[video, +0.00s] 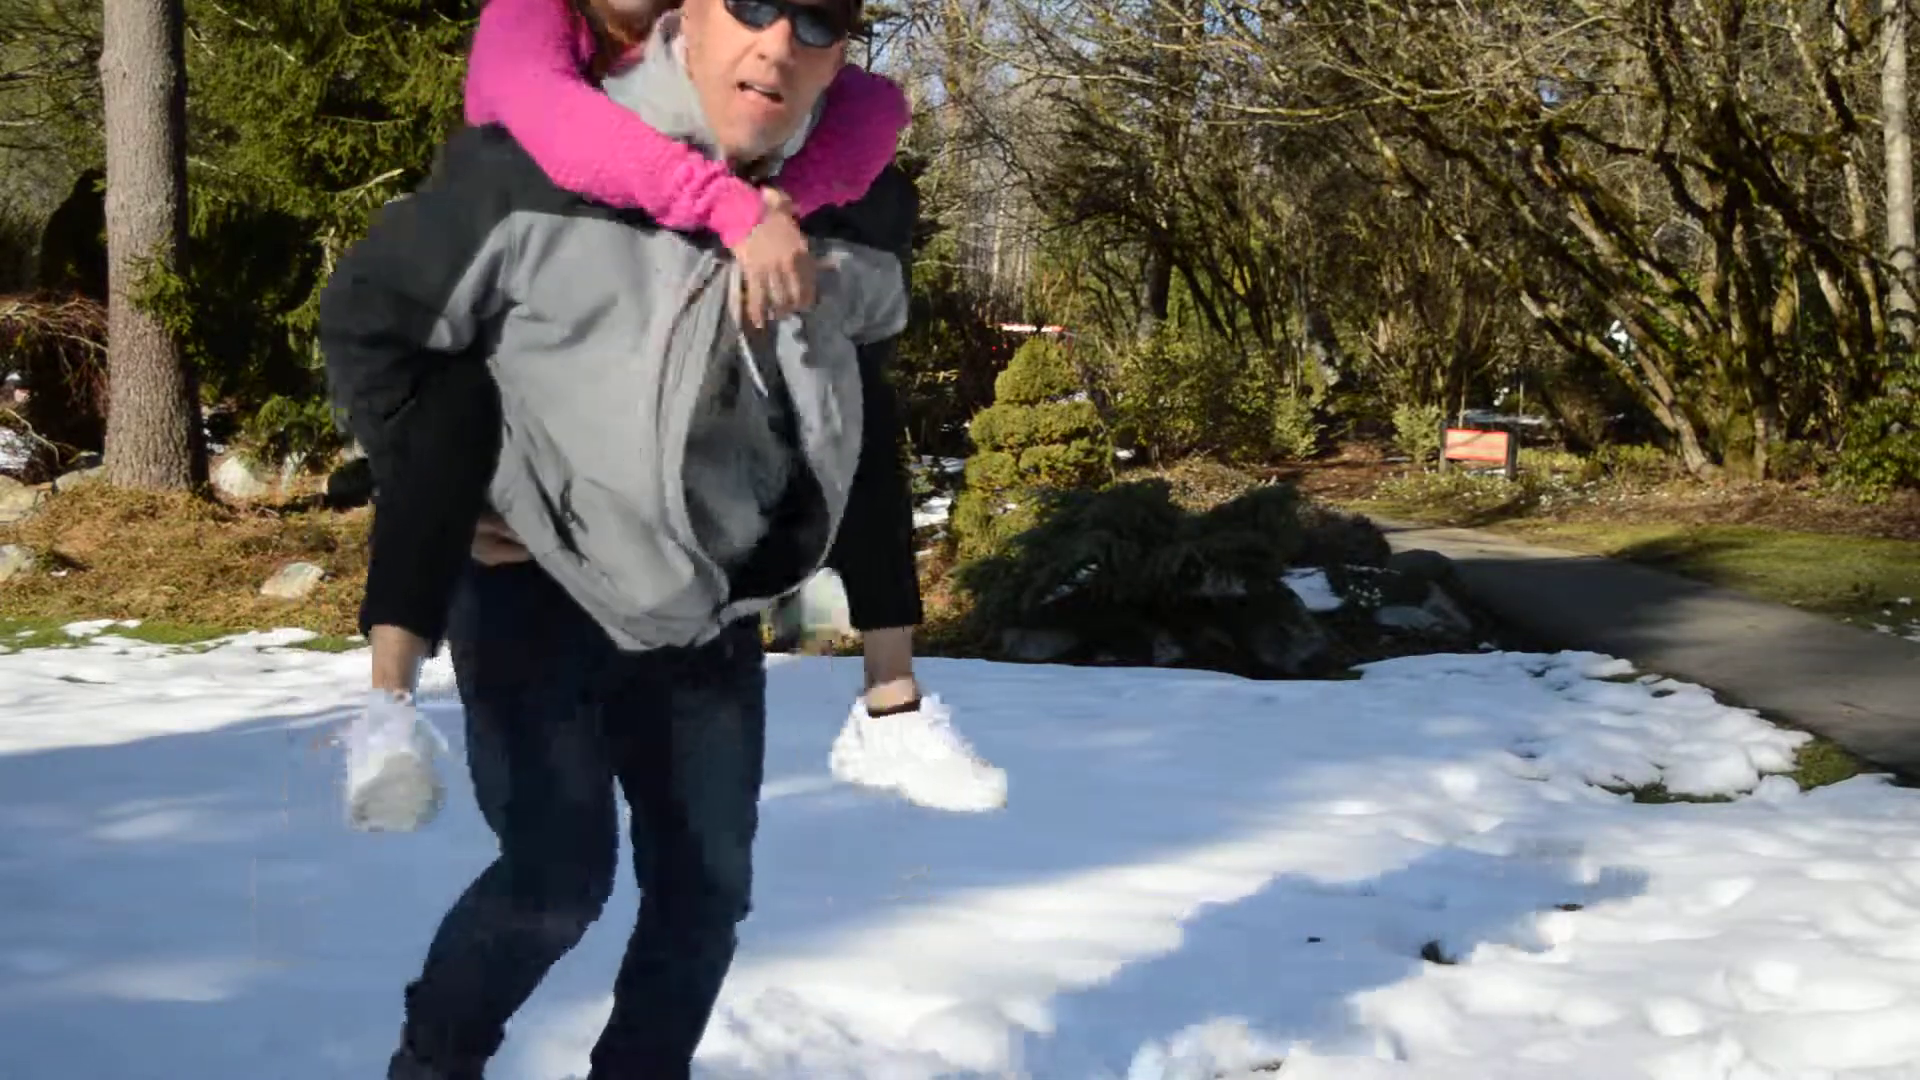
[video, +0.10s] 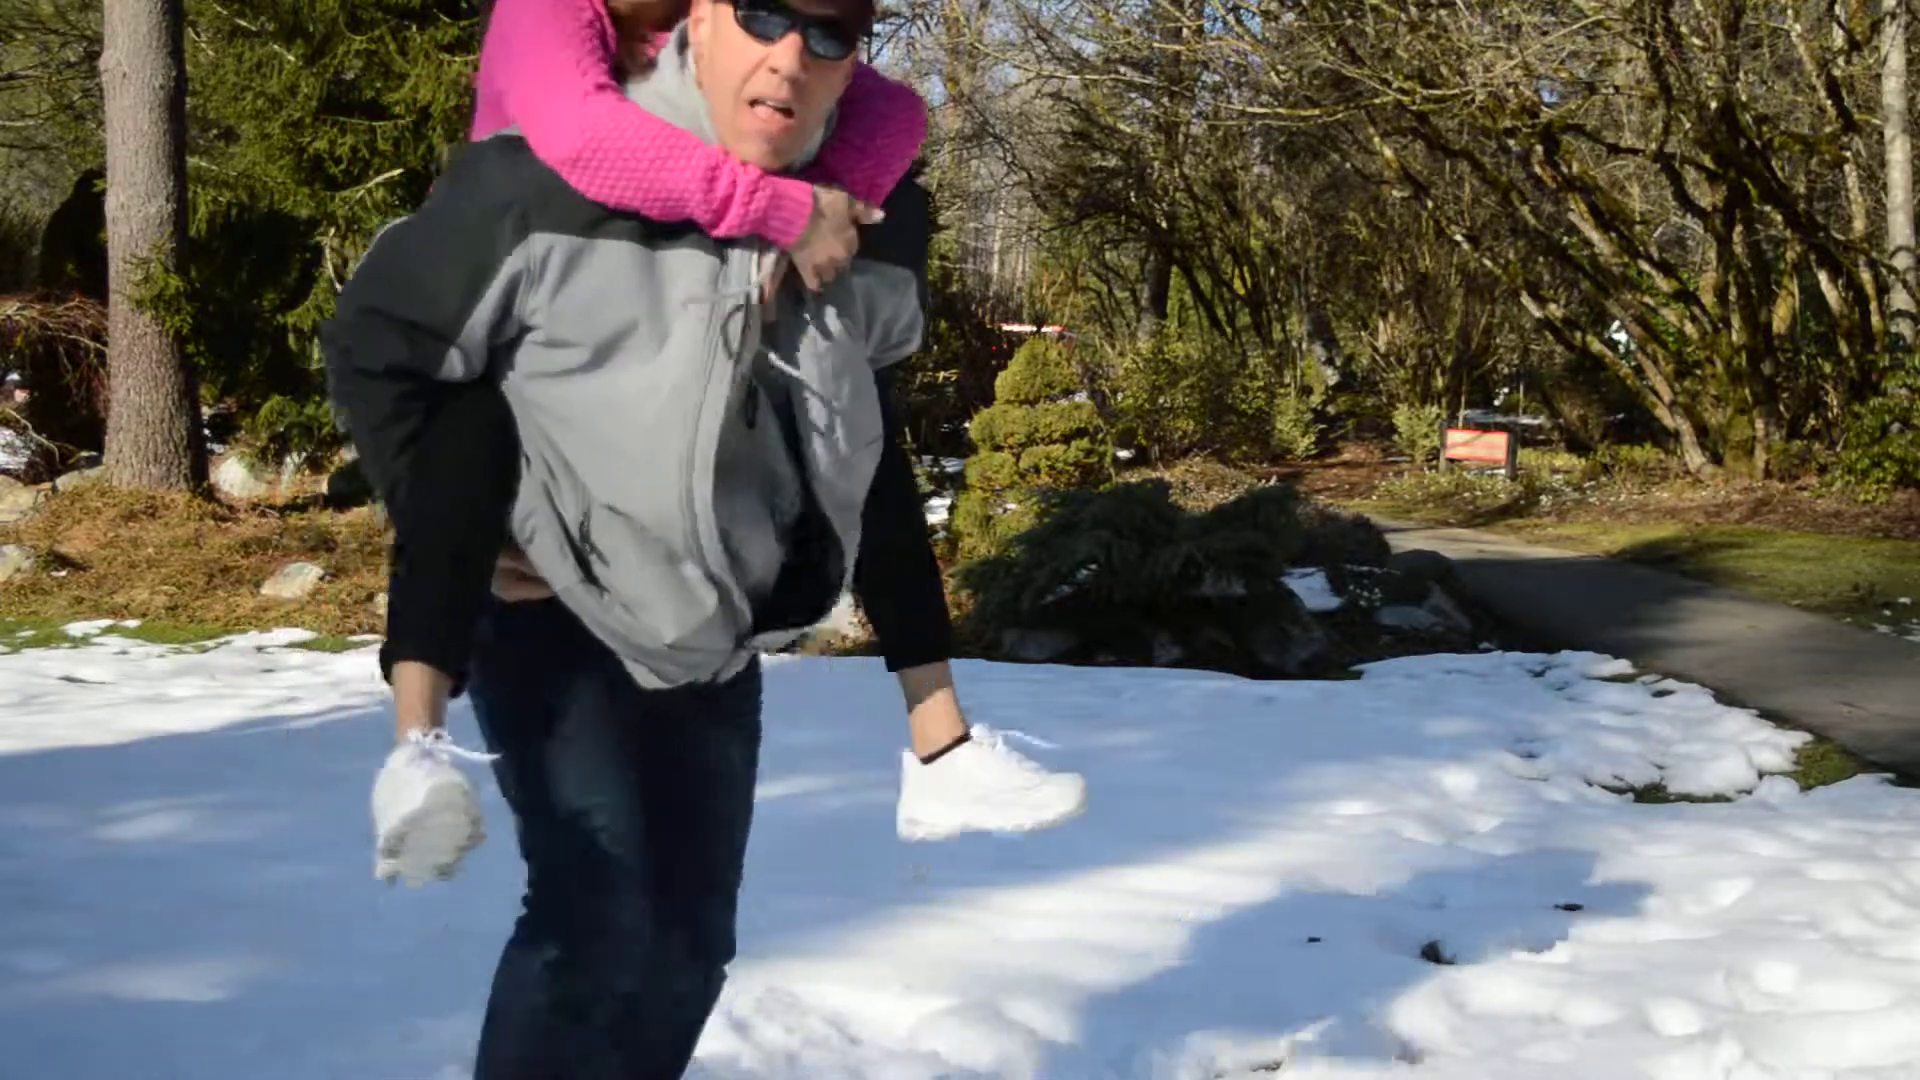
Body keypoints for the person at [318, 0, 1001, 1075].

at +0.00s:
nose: (779, 50)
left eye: (817, 28)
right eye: (752, 12)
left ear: (847, 55)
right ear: (685, 17)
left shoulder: (859, 193)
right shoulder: (521, 166)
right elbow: (365, 315)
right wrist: (455, 503)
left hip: (711, 605)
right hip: (534, 590)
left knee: (703, 902)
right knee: (554, 882)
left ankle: (636, 1075)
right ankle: (432, 1060)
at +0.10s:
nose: (789, 64)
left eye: (829, 40)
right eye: (761, 23)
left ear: (857, 64)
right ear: (693, 21)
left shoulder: (867, 209)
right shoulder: (533, 192)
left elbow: (868, 400)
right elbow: (371, 344)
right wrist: (473, 537)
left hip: (716, 636)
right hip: (552, 616)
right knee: (596, 928)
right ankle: (415, 744)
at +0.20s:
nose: (806, 110)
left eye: (847, 86)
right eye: (777, 62)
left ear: (874, 120)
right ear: (710, 65)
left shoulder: (880, 272)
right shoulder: (553, 249)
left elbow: (869, 451)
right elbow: (375, 402)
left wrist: (849, 597)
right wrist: (472, 612)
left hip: (738, 707)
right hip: (565, 689)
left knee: (705, 997)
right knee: (635, 999)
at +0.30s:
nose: (847, 94)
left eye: (888, 70)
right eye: (817, 47)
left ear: (915, 106)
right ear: (748, 54)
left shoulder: (918, 266)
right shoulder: (583, 226)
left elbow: (920, 441)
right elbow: (381, 375)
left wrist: (855, 602)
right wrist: (469, 588)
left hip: (756, 708)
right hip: (577, 692)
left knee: (715, 1004)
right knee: (643, 1017)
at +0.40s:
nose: (883, 37)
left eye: (927, 16)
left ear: (959, 50)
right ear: (788, 7)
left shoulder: (961, 208)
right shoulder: (630, 172)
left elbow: (942, 404)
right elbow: (417, 302)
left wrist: (891, 578)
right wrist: (514, 524)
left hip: (789, 656)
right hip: (610, 642)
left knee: (803, 967)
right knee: (624, 994)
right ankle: (501, 802)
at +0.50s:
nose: (927, 6)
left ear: (1003, 7)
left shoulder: (1009, 150)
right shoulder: (673, 107)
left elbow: (976, 374)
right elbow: (472, 256)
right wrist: (561, 489)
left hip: (841, 610)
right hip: (647, 601)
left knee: (924, 903)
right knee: (635, 962)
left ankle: (737, 1075)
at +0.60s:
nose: (984, 25)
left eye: (1004, 16)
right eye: (961, 10)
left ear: (1017, 20)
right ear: (885, 3)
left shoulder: (1024, 121)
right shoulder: (697, 80)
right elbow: (503, 255)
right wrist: (624, 501)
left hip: (876, 605)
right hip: (682, 603)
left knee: (956, 964)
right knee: (770, 984)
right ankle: (715, 742)